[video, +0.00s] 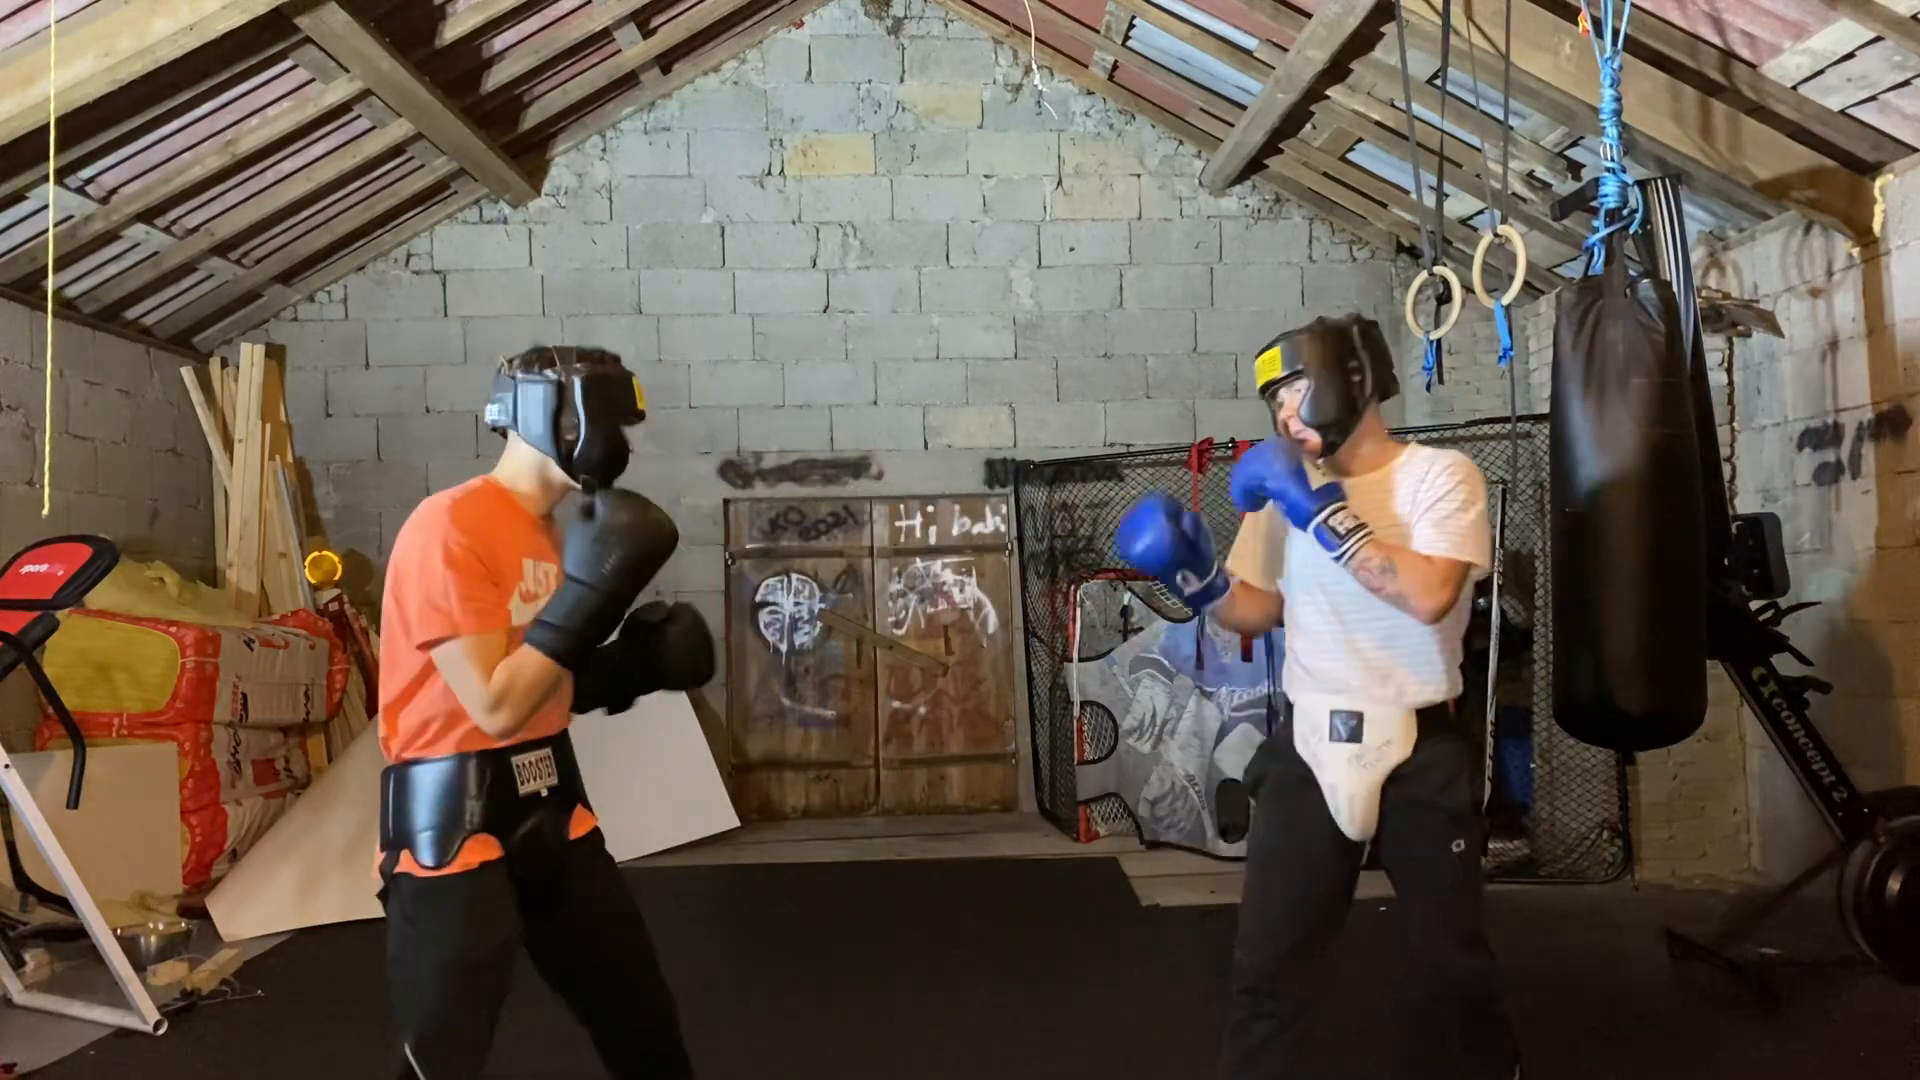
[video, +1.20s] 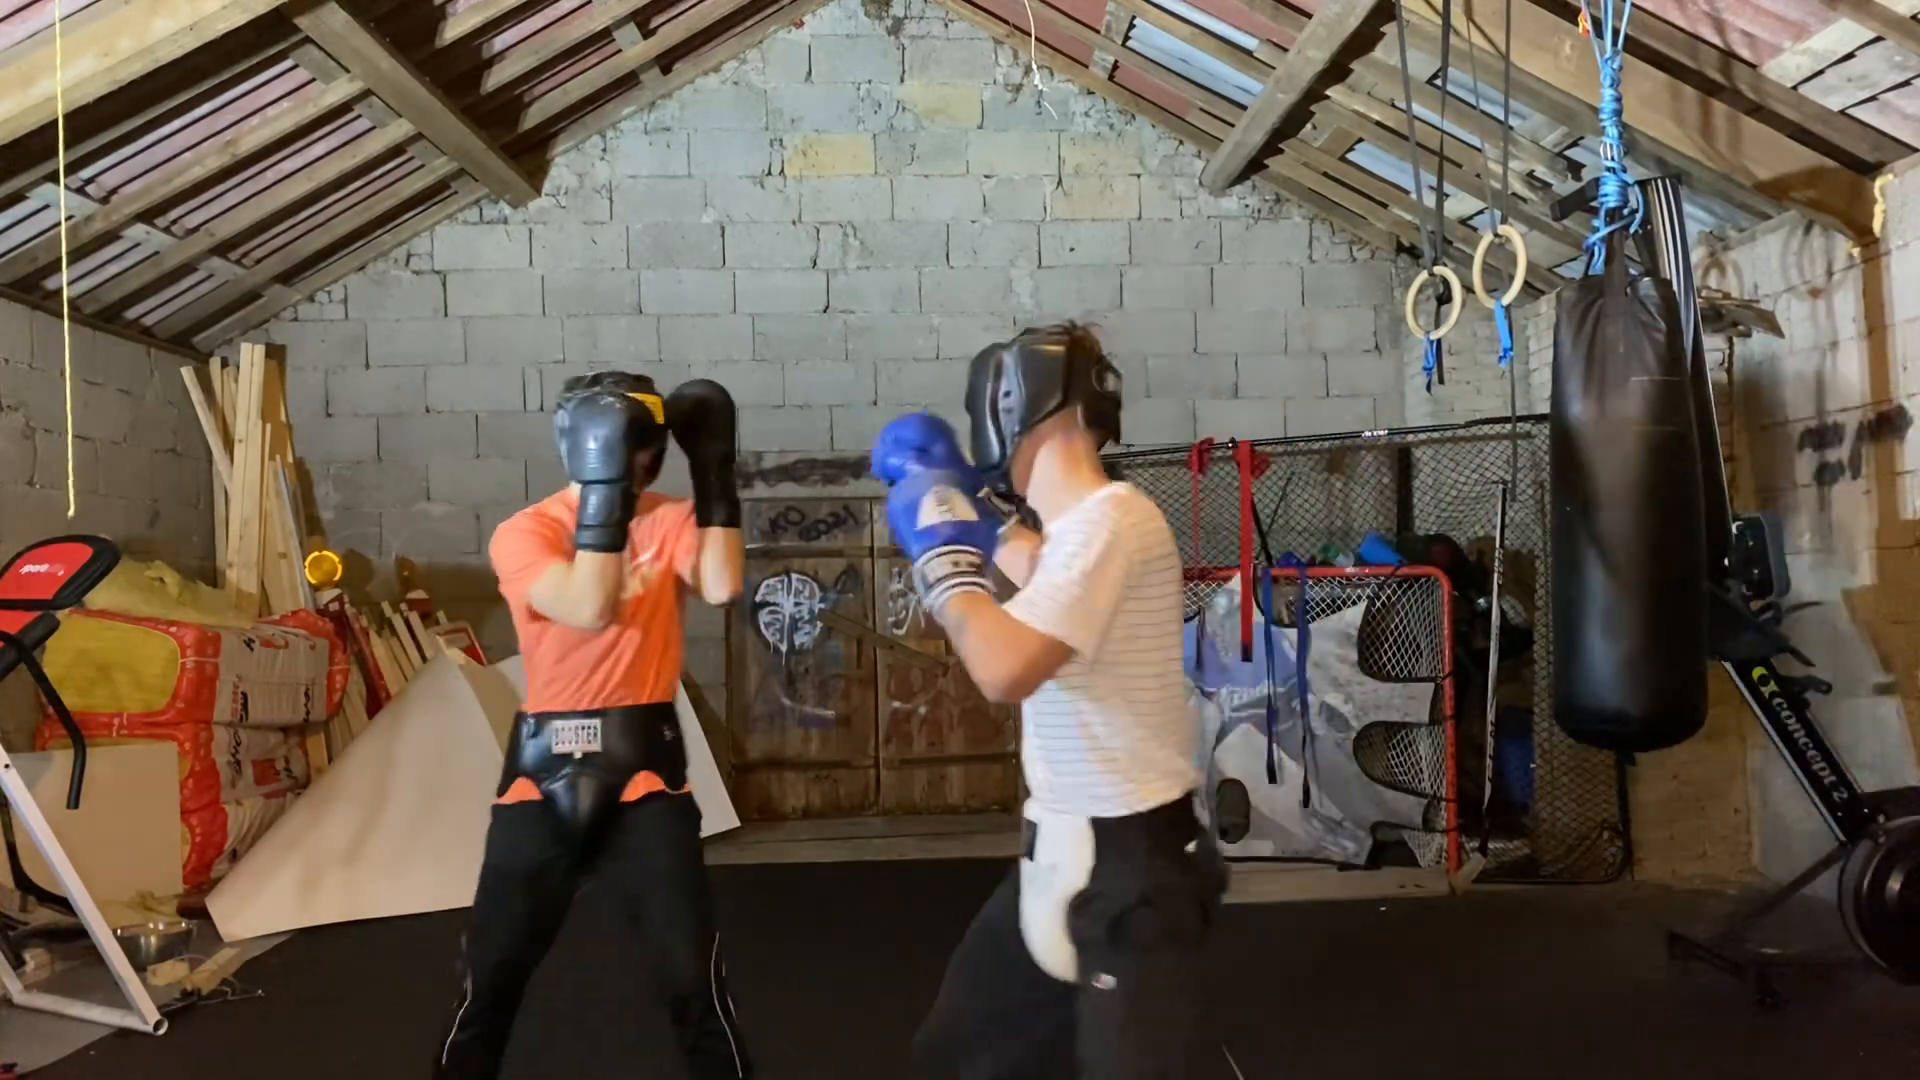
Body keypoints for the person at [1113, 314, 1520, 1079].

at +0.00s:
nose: (1280, 414)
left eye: (1291, 389)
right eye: (1274, 397)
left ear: (1348, 386)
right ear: (1285, 411)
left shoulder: (1442, 476)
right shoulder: (1282, 490)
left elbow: (1429, 594)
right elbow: (1255, 610)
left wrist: (1310, 501)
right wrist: (1192, 576)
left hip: (1423, 754)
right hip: (1306, 755)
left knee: (1452, 964)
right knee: (1265, 973)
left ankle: (1489, 1076)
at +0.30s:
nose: (1167, 421)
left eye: (1178, 396)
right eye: (1163, 402)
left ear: (1245, 391)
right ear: (1232, 397)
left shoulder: (1349, 472)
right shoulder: (1200, 507)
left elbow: (1340, 593)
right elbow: (1196, 624)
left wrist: (1209, 509)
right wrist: (1110, 612)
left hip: (1354, 777)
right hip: (1233, 780)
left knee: (1419, 1009)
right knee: (1201, 1012)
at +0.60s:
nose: (1123, 395)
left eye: (1133, 372)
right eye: (1122, 374)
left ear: (1188, 368)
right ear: (1201, 370)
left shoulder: (1307, 465)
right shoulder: (1157, 482)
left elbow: (1280, 612)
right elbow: (1107, 573)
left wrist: (1166, 528)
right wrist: (1007, 537)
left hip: (1295, 772)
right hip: (1187, 773)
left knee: (1308, 1032)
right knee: (1184, 1025)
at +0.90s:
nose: (1086, 396)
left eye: (1093, 371)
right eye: (1084, 374)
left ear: (1134, 370)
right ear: (1179, 366)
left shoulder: (1263, 486)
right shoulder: (1146, 494)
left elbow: (1194, 638)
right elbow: (1147, 603)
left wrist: (1097, 542)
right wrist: (1054, 552)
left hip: (1248, 821)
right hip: (1152, 812)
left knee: (1260, 1062)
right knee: (1056, 1028)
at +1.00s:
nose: (1048, 371)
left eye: (1055, 347)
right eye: (1047, 350)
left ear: (1089, 348)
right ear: (1146, 347)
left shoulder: (1204, 463)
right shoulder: (1124, 485)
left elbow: (1127, 618)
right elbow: (1102, 602)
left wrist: (1040, 513)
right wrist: (1026, 504)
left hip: (1213, 801)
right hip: (1127, 799)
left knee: (1252, 1054)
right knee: (1077, 1040)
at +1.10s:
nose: (1010, 399)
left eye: (1015, 376)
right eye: (1011, 378)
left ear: (1050, 376)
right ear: (1103, 375)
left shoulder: (1153, 489)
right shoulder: (1091, 499)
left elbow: (1056, 638)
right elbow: (1062, 567)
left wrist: (988, 533)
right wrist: (1003, 495)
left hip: (1178, 837)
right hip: (1099, 832)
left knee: (1203, 1061)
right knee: (1028, 1034)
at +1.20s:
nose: (984, 433)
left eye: (990, 411)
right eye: (984, 413)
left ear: (1020, 407)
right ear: (1081, 408)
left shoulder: (1114, 523)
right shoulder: (1077, 528)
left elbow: (1004, 667)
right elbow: (1040, 571)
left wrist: (943, 556)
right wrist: (964, 497)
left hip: (1136, 863)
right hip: (1061, 856)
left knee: (1127, 1064)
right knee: (955, 1051)